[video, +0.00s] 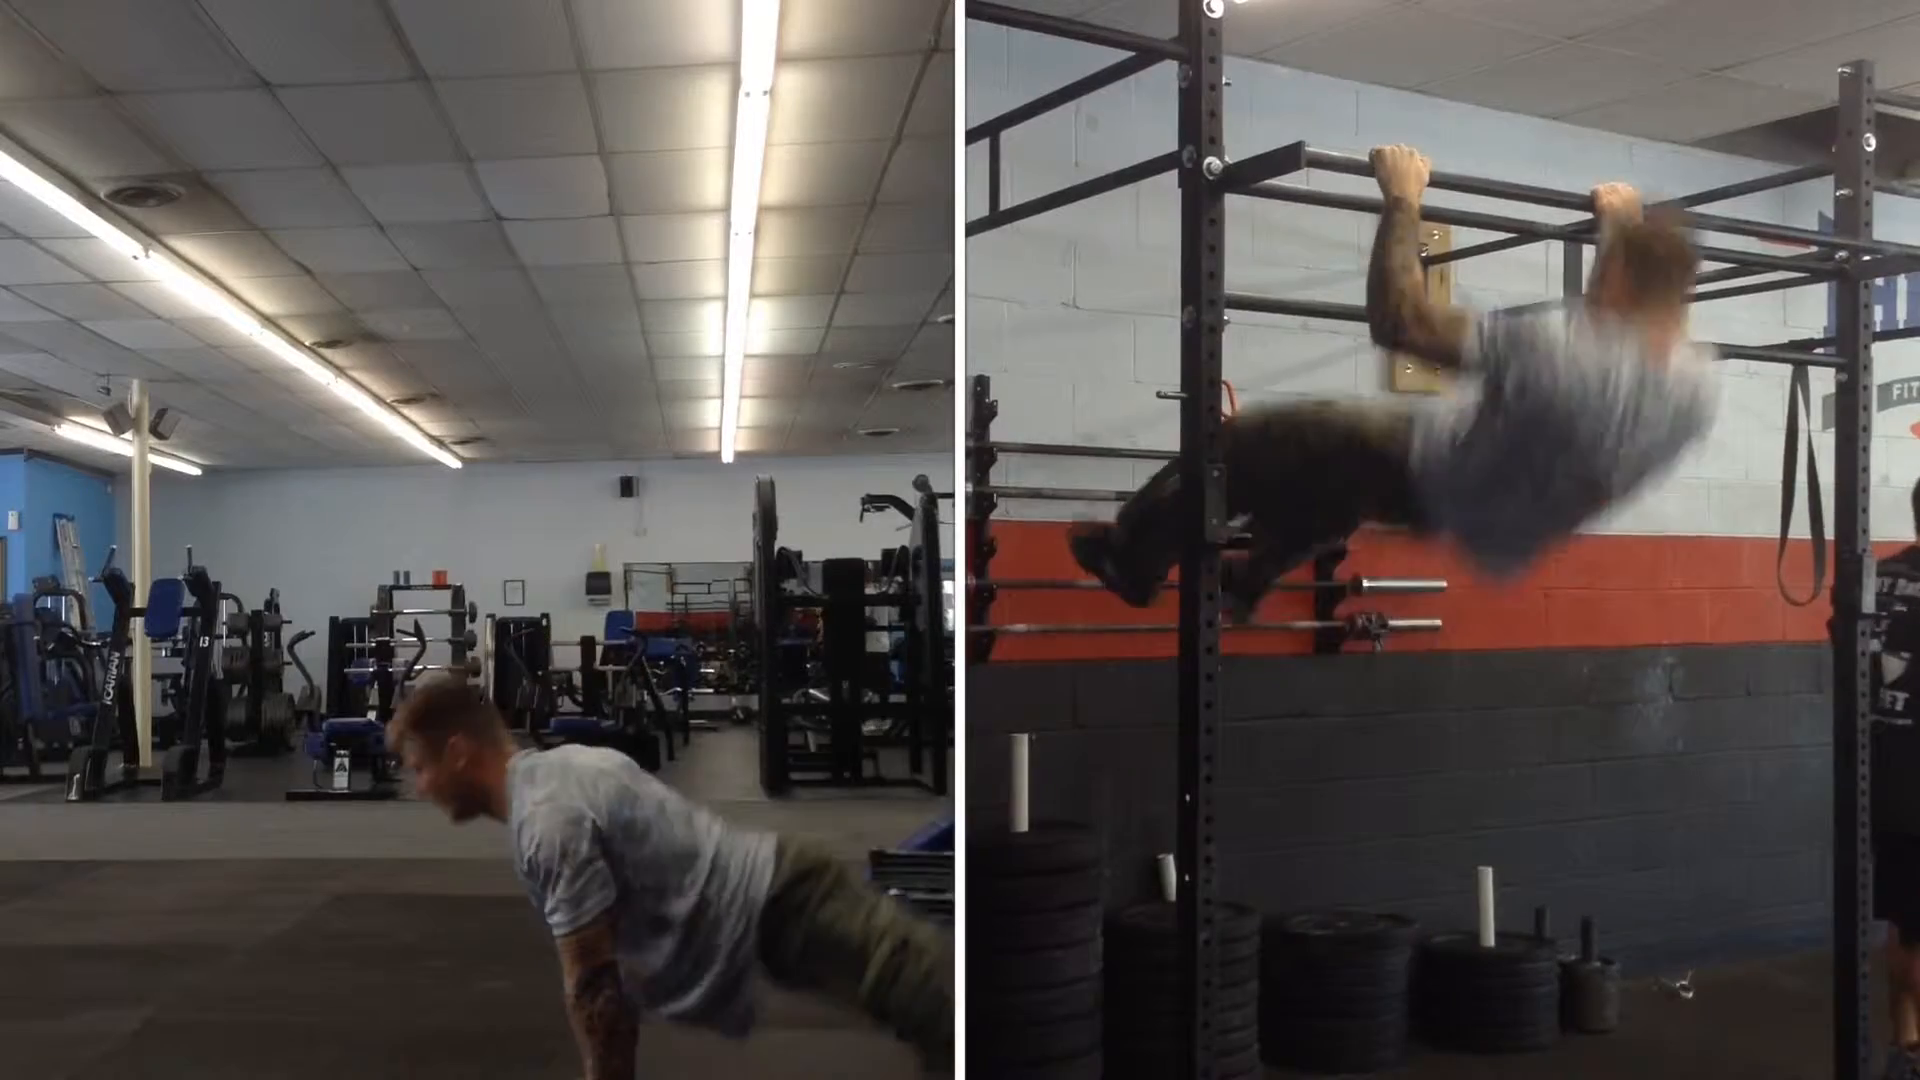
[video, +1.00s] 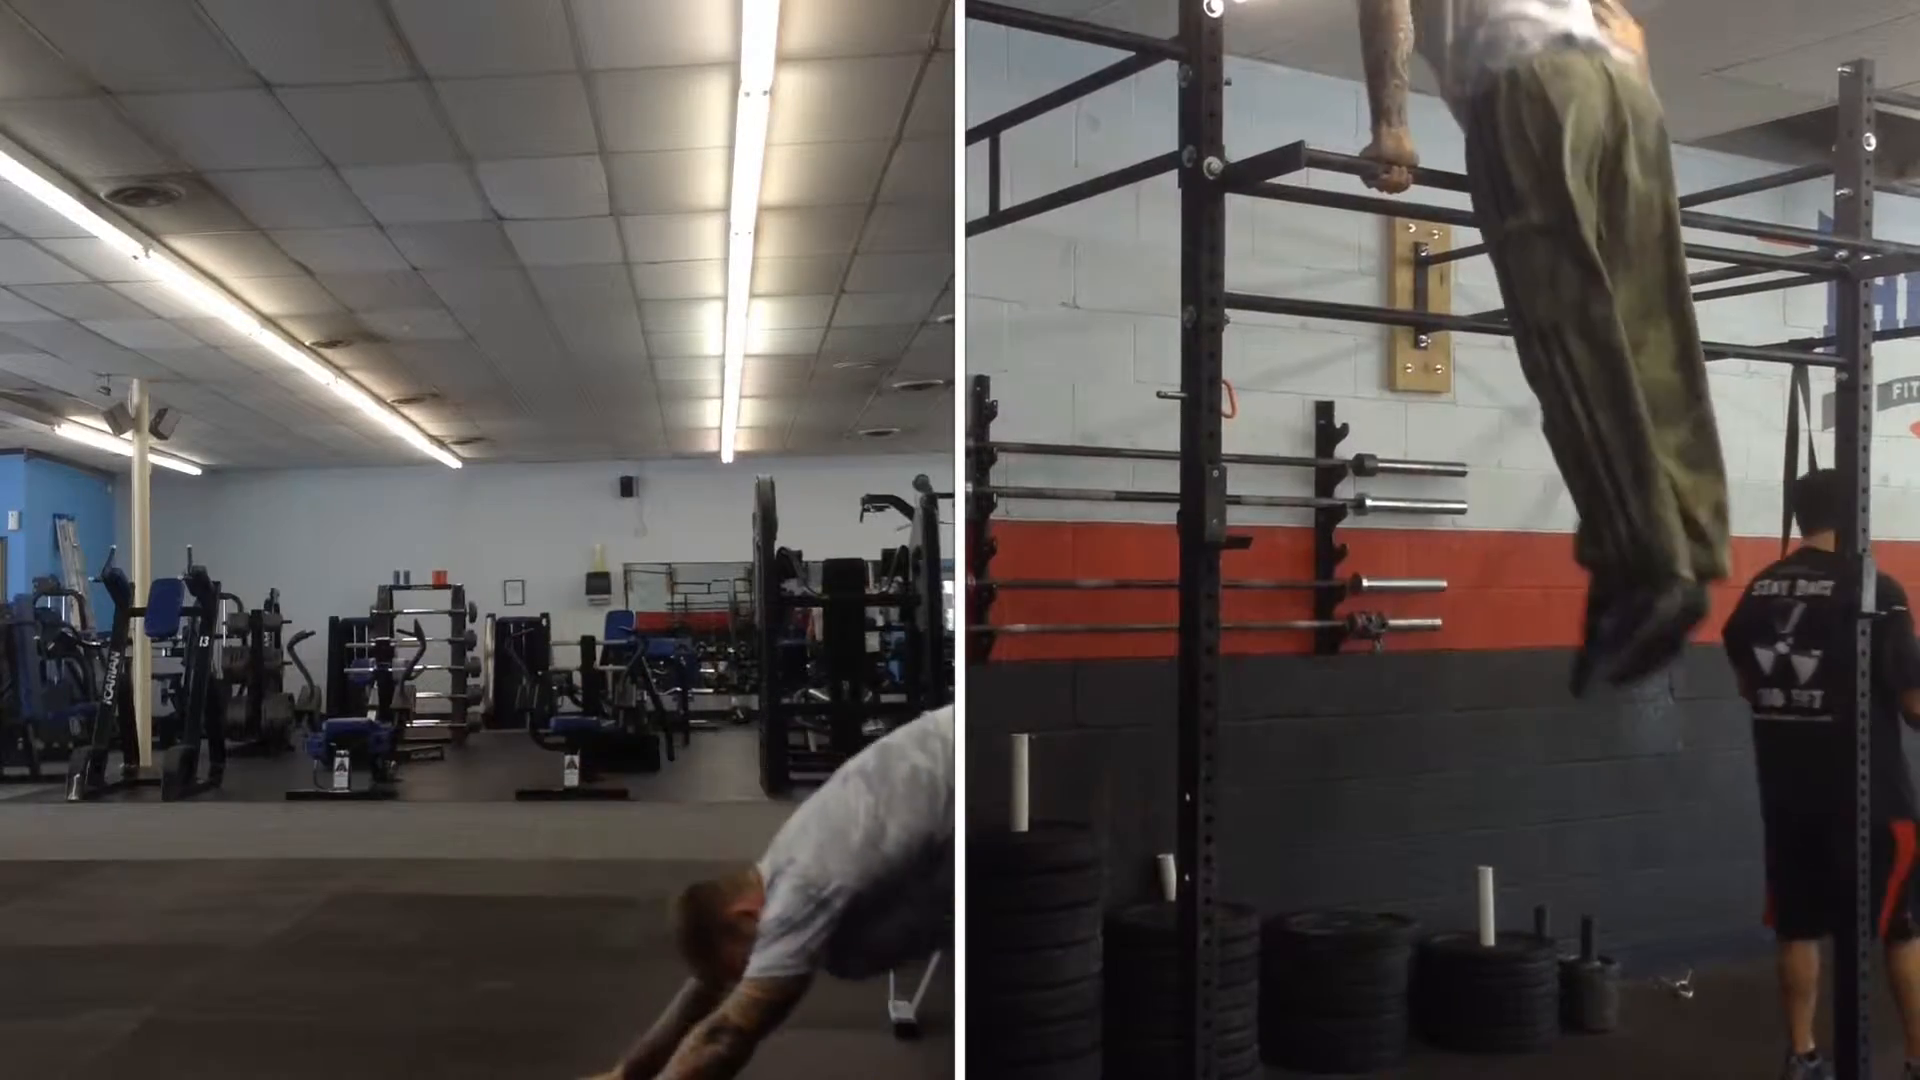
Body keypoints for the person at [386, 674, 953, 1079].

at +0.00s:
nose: (415, 787)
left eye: (415, 767)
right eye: (409, 771)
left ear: (459, 750)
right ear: (469, 746)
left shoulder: (548, 815)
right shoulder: (553, 777)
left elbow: (595, 990)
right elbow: (601, 980)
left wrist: (607, 1072)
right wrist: (606, 1064)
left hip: (784, 907)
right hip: (783, 894)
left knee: (953, 1020)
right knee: (945, 1013)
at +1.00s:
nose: (759, 976)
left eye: (749, 969)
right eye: (744, 975)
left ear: (750, 918)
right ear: (746, 913)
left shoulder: (806, 884)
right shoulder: (778, 870)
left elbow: (731, 1035)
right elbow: (709, 988)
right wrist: (627, 1071)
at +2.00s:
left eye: (385, 1068)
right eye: (383, 1073)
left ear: (404, 1034)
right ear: (422, 1005)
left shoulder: (484, 1025)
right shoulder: (515, 964)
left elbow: (625, 1003)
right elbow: (650, 943)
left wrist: (622, 1070)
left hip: (764, 998)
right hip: (766, 955)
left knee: (951, 1052)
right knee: (944, 1002)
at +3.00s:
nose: (460, 706)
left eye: (472, 690)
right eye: (464, 690)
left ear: (516, 704)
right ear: (520, 705)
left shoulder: (552, 818)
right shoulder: (578, 776)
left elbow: (589, 985)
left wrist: (606, 1068)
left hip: (718, 1014)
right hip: (727, 969)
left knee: (910, 1070)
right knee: (897, 1024)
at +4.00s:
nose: (645, 899)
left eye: (633, 887)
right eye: (630, 894)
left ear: (646, 845)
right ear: (648, 834)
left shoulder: (727, 834)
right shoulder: (707, 815)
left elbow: (686, 1001)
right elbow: (669, 963)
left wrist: (635, 1076)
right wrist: (620, 1066)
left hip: (971, 775)